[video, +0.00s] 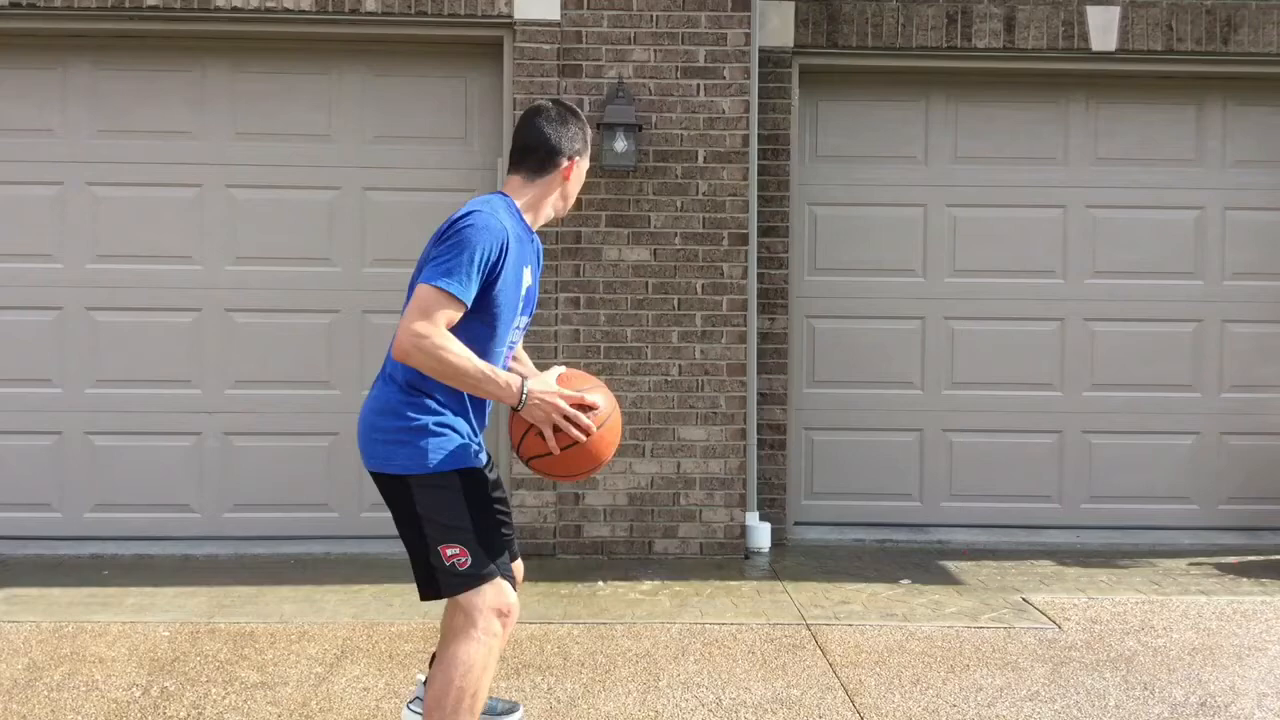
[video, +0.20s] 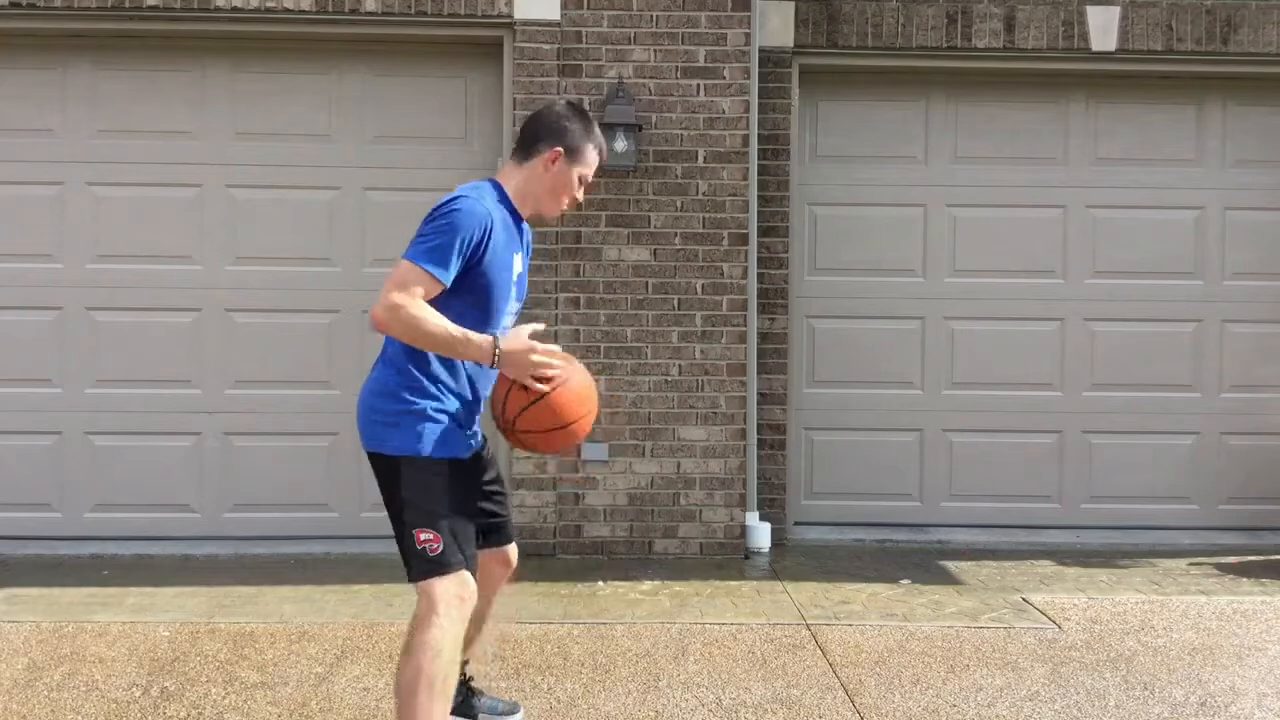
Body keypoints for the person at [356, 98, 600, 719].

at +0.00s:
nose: (582, 186)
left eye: (585, 172)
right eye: (585, 171)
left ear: (520, 158)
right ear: (569, 170)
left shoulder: (525, 246)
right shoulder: (484, 225)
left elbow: (502, 344)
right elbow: (415, 337)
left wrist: (545, 391)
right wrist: (517, 392)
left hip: (453, 432)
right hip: (418, 433)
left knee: (503, 579)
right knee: (486, 608)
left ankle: (443, 692)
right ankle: (449, 713)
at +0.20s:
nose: (580, 196)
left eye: (587, 184)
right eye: (582, 179)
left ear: (548, 162)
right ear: (549, 158)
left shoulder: (517, 235)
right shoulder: (471, 210)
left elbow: (484, 343)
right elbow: (392, 308)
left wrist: (534, 410)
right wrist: (494, 350)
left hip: (459, 426)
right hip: (410, 425)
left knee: (496, 561)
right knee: (447, 590)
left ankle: (449, 688)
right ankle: (424, 716)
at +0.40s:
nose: (574, 202)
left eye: (583, 194)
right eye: (576, 185)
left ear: (546, 163)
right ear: (543, 155)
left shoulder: (517, 235)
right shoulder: (469, 201)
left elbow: (468, 341)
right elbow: (390, 292)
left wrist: (506, 401)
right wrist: (495, 312)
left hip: (447, 406)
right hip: (402, 402)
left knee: (487, 550)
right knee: (455, 567)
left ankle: (445, 687)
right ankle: (411, 712)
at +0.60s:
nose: (577, 201)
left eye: (582, 189)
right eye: (580, 185)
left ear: (544, 167)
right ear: (552, 168)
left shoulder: (496, 230)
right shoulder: (469, 218)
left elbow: (450, 339)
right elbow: (403, 328)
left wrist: (499, 395)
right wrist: (499, 373)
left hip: (437, 421)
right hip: (392, 422)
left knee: (486, 557)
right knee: (449, 593)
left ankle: (445, 686)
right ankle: (407, 713)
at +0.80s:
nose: (565, 187)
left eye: (567, 175)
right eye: (569, 174)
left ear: (506, 158)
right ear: (555, 175)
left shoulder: (493, 235)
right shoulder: (468, 230)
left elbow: (458, 346)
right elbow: (413, 353)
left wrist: (510, 402)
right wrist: (499, 427)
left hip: (429, 418)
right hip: (388, 425)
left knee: (483, 561)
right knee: (454, 594)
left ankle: (441, 683)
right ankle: (410, 712)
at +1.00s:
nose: (561, 196)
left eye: (565, 184)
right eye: (566, 183)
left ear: (498, 168)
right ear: (554, 185)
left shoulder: (494, 246)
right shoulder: (467, 237)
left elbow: (474, 340)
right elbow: (431, 347)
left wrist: (524, 376)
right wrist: (529, 346)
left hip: (425, 424)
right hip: (387, 425)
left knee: (490, 552)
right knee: (460, 595)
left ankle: (443, 682)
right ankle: (409, 712)